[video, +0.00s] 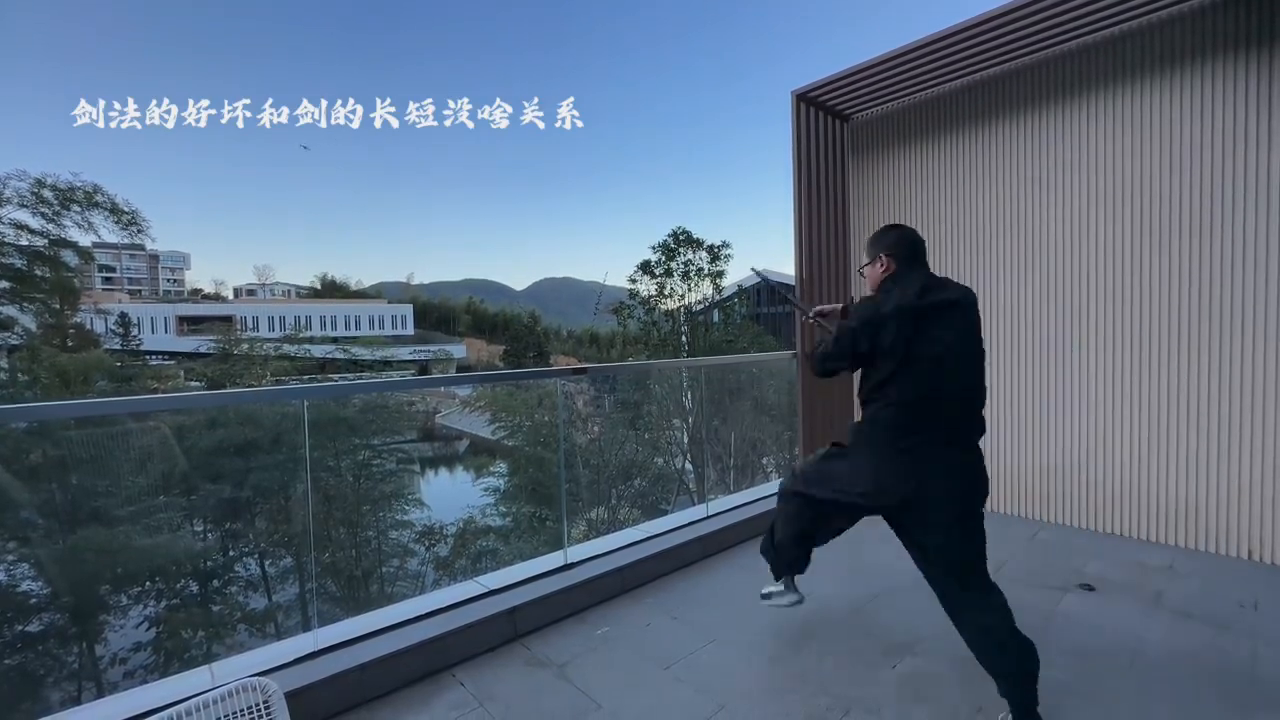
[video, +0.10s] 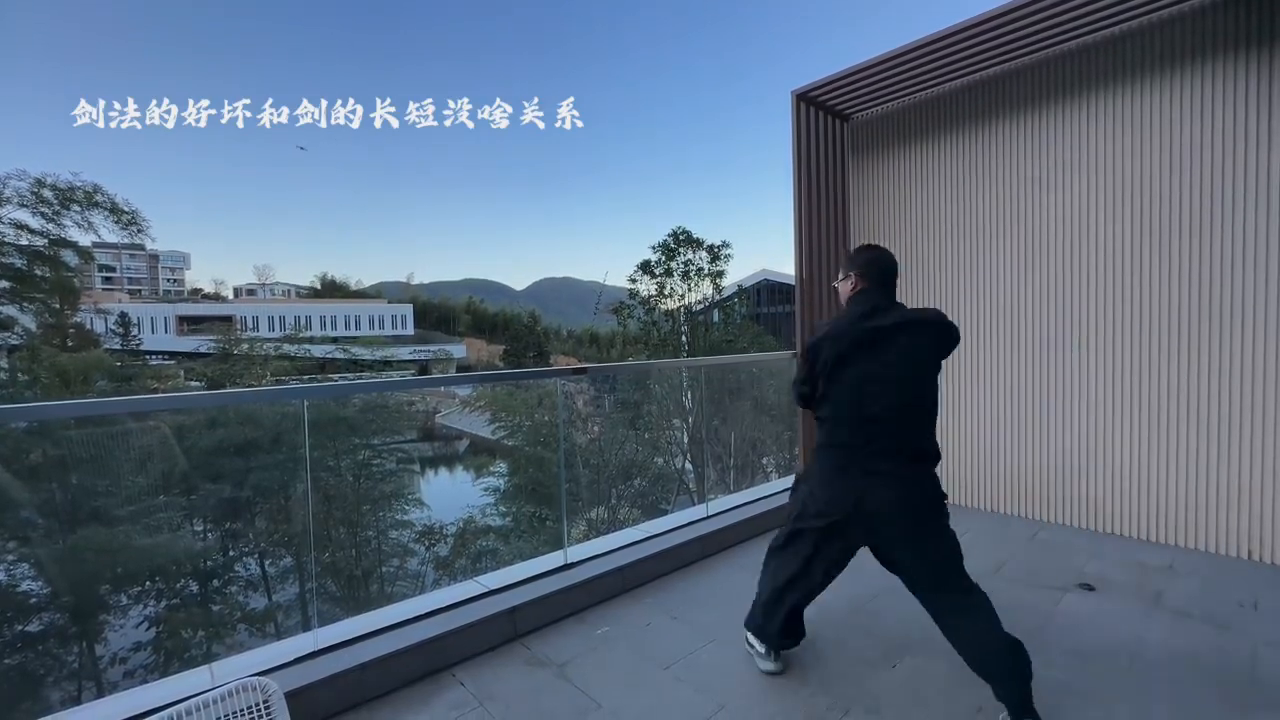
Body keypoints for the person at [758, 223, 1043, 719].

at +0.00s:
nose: (865, 276)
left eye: (866, 268)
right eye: (865, 267)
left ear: (885, 265)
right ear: (920, 262)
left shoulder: (877, 311)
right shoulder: (963, 301)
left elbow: (824, 364)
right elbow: (916, 328)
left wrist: (833, 328)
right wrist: (855, 313)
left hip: (886, 465)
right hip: (956, 471)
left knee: (801, 488)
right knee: (969, 587)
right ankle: (1024, 703)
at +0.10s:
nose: (837, 286)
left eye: (841, 279)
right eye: (839, 279)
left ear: (855, 284)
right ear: (891, 287)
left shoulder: (827, 341)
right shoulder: (926, 329)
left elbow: (806, 395)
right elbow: (949, 334)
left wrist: (850, 399)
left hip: (835, 490)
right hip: (909, 492)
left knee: (793, 556)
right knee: (953, 592)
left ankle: (767, 640)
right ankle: (1017, 697)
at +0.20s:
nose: (810, 301)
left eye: (814, 296)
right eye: (814, 294)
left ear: (824, 300)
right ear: (860, 302)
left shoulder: (795, 349)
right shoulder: (888, 351)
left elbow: (815, 393)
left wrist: (876, 361)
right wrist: (903, 370)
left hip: (800, 495)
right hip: (872, 499)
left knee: (777, 568)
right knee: (926, 595)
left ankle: (764, 643)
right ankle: (992, 702)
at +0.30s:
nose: (803, 303)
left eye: (806, 297)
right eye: (805, 295)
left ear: (817, 301)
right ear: (853, 305)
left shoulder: (787, 345)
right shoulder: (875, 356)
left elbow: (806, 384)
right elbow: (873, 405)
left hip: (795, 489)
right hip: (863, 492)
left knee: (774, 566)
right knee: (907, 597)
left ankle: (765, 641)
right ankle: (981, 698)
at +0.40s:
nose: (801, 304)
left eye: (805, 297)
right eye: (802, 297)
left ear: (818, 301)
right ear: (849, 304)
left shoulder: (803, 337)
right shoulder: (867, 354)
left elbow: (755, 333)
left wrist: (769, 321)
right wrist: (805, 326)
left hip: (805, 495)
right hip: (865, 496)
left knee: (767, 557)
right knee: (901, 604)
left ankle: (764, 640)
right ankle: (983, 703)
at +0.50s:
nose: (802, 304)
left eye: (806, 296)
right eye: (803, 297)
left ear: (821, 300)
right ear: (846, 303)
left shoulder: (830, 335)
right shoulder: (850, 344)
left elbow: (763, 320)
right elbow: (784, 391)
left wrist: (770, 296)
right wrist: (763, 349)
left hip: (823, 495)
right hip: (873, 497)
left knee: (768, 543)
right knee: (901, 609)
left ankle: (764, 639)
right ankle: (988, 700)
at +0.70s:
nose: (806, 309)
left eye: (810, 301)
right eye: (807, 301)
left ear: (825, 305)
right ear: (848, 307)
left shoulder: (868, 366)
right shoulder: (836, 357)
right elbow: (794, 398)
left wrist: (780, 410)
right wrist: (760, 371)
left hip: (844, 505)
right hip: (879, 505)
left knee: (771, 544)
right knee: (905, 619)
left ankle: (764, 638)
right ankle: (992, 705)